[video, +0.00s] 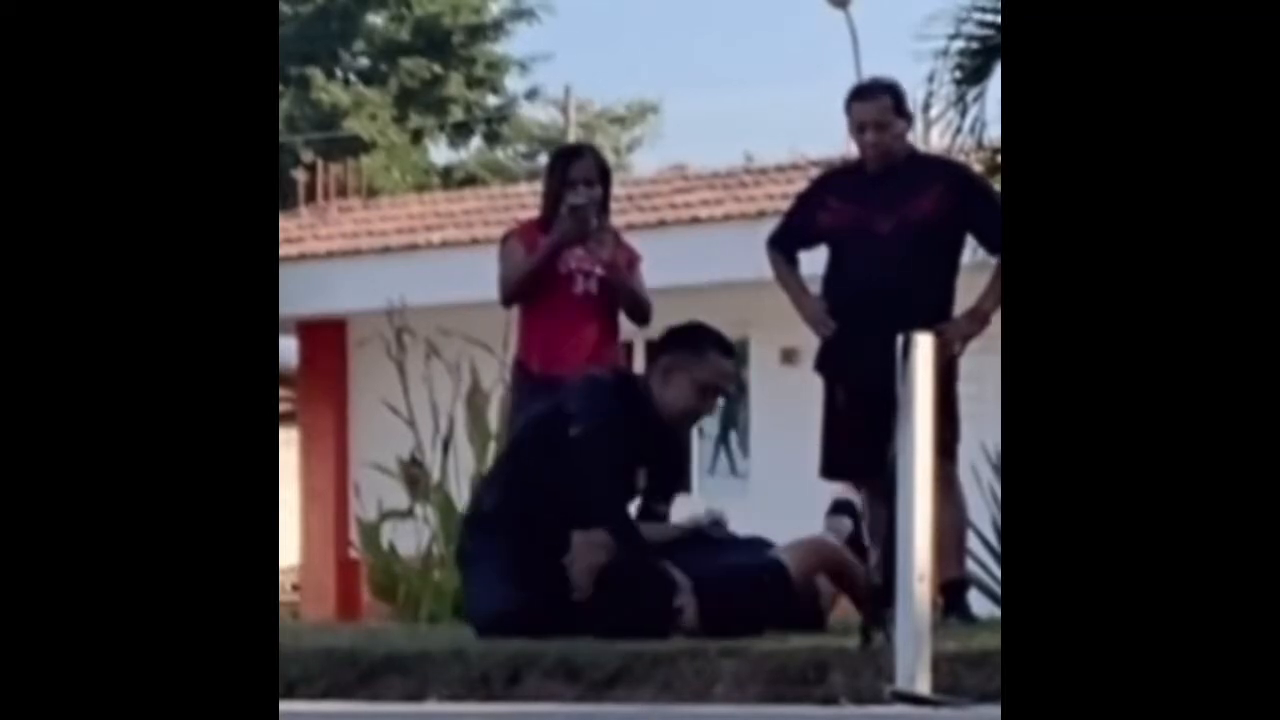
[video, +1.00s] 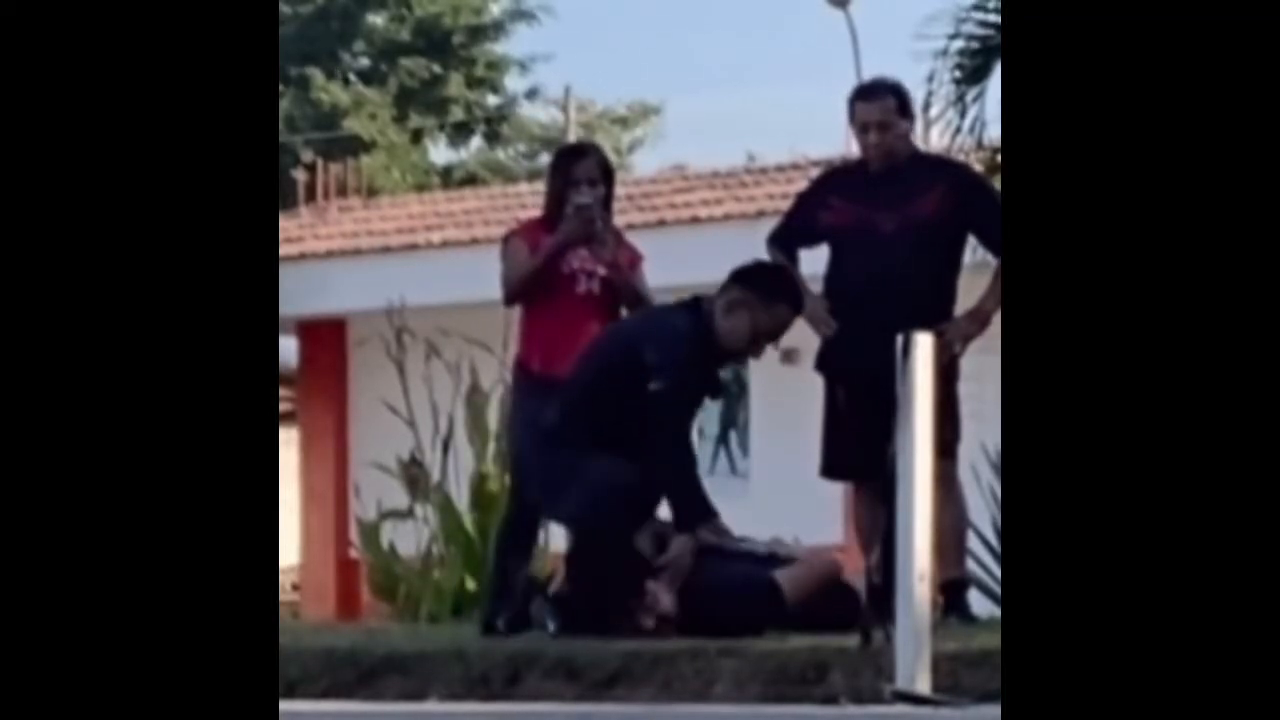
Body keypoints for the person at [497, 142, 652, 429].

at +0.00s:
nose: (581, 194)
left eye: (589, 185)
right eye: (571, 185)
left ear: (604, 189)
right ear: (555, 188)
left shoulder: (615, 248)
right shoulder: (525, 239)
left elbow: (642, 316)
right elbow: (509, 294)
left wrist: (615, 270)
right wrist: (558, 239)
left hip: (599, 382)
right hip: (540, 381)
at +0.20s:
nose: (584, 194)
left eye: (593, 185)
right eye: (574, 185)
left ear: (607, 189)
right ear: (554, 189)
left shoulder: (617, 248)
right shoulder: (526, 238)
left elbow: (642, 314)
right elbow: (509, 290)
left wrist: (614, 272)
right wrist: (559, 239)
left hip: (596, 386)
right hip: (539, 382)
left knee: (585, 492)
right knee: (533, 491)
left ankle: (578, 602)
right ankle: (519, 603)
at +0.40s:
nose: (584, 195)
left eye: (592, 185)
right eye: (574, 185)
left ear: (607, 189)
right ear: (554, 189)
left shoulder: (617, 250)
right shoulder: (527, 239)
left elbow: (643, 315)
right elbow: (510, 290)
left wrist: (617, 273)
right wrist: (560, 238)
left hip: (595, 384)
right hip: (538, 381)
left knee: (590, 492)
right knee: (529, 493)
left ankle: (583, 596)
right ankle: (503, 594)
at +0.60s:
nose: (586, 195)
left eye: (595, 185)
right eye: (576, 185)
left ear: (609, 190)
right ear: (556, 189)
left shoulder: (620, 250)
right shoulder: (529, 238)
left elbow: (644, 315)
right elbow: (512, 289)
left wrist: (617, 271)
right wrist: (563, 240)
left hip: (596, 387)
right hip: (539, 381)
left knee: (599, 498)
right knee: (528, 498)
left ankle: (590, 604)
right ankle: (503, 606)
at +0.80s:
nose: (588, 194)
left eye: (598, 184)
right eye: (578, 184)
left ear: (613, 191)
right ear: (559, 188)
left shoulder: (623, 251)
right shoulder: (532, 237)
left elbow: (642, 315)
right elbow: (516, 289)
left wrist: (611, 257)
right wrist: (567, 239)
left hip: (599, 388)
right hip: (540, 383)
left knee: (599, 495)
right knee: (528, 496)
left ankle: (597, 604)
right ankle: (497, 602)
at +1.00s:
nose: (587, 195)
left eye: (596, 185)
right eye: (576, 185)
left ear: (610, 190)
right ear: (556, 189)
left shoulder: (620, 250)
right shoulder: (529, 238)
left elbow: (644, 315)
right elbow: (512, 288)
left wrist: (614, 266)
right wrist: (564, 239)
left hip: (598, 386)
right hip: (540, 381)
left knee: (600, 498)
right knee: (527, 498)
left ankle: (591, 605)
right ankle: (503, 608)